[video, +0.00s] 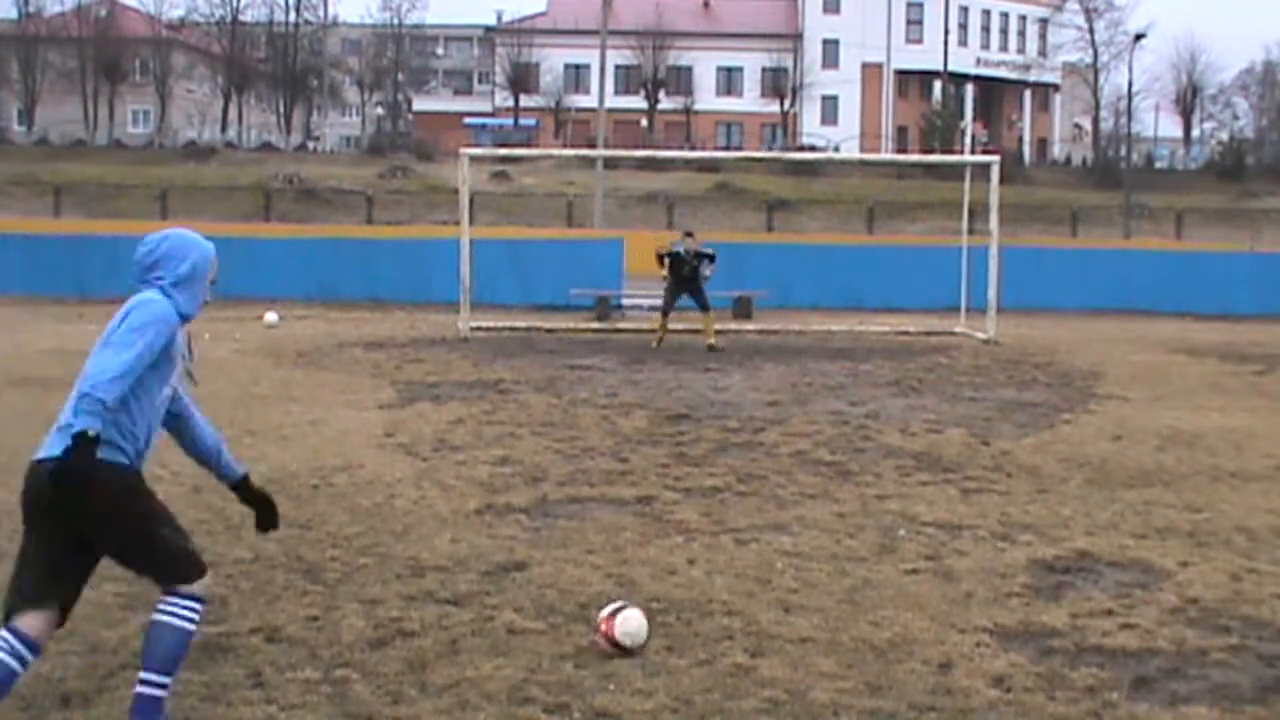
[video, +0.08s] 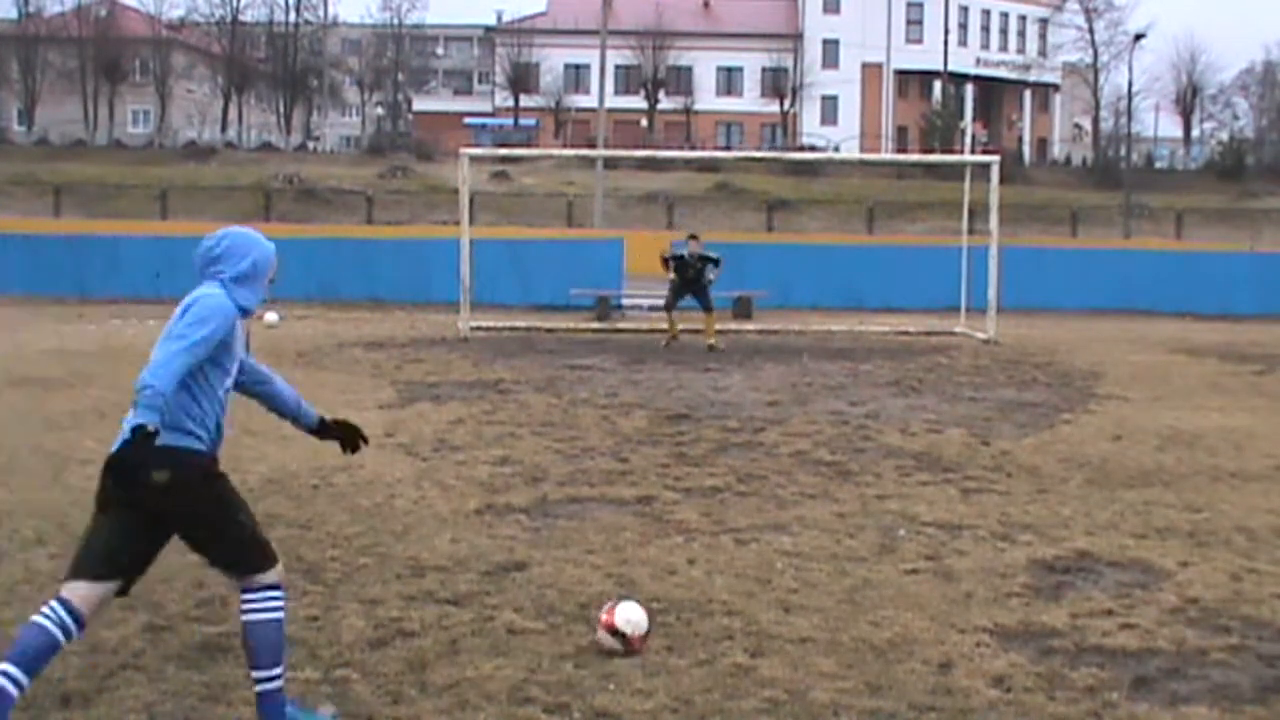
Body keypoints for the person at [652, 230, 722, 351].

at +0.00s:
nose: (689, 245)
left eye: (691, 242)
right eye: (686, 242)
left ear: (695, 243)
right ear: (682, 243)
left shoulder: (698, 254)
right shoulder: (674, 252)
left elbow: (712, 257)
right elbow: (660, 254)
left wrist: (708, 271)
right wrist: (663, 269)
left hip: (693, 283)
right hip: (675, 283)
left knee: (706, 310)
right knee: (665, 311)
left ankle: (711, 340)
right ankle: (660, 337)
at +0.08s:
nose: (693, 248)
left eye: (695, 245)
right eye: (691, 245)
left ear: (699, 246)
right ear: (687, 246)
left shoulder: (704, 258)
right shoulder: (679, 257)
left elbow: (717, 262)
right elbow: (665, 259)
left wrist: (712, 276)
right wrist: (669, 273)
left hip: (698, 284)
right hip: (680, 284)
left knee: (709, 310)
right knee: (668, 307)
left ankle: (711, 339)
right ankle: (672, 333)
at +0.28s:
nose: (695, 250)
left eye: (697, 247)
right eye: (693, 247)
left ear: (701, 249)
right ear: (689, 249)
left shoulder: (707, 259)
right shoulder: (682, 259)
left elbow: (719, 267)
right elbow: (668, 267)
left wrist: (715, 281)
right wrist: (677, 280)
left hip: (704, 285)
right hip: (687, 286)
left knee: (721, 307)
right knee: (679, 311)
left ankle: (717, 337)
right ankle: (682, 341)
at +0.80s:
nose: (701, 253)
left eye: (704, 250)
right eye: (699, 249)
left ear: (707, 252)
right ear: (695, 251)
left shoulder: (713, 268)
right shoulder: (687, 266)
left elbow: (716, 287)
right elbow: (677, 281)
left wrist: (714, 300)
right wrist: (682, 294)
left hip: (709, 290)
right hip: (691, 289)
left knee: (725, 309)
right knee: (677, 310)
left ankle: (732, 339)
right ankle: (672, 340)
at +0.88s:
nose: (701, 256)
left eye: (703, 253)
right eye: (699, 253)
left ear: (707, 256)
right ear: (695, 254)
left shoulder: (712, 272)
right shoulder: (686, 270)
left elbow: (713, 292)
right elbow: (680, 290)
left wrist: (711, 307)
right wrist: (683, 304)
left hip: (708, 295)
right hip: (691, 294)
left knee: (726, 313)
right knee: (679, 315)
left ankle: (733, 341)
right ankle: (672, 341)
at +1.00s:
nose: (701, 261)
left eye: (703, 258)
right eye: (698, 258)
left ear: (707, 261)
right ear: (695, 260)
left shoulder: (710, 276)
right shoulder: (688, 275)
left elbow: (708, 299)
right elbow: (687, 296)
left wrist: (707, 316)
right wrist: (688, 314)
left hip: (706, 298)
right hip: (691, 298)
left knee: (727, 307)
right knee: (676, 310)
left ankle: (732, 340)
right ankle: (673, 340)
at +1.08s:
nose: (716, 296)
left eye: (718, 294)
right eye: (714, 293)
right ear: (708, 286)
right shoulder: (686, 277)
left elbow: (704, 304)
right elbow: (686, 297)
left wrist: (702, 318)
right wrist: (686, 315)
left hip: (704, 293)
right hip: (688, 295)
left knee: (724, 313)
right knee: (673, 312)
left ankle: (732, 341)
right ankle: (674, 340)